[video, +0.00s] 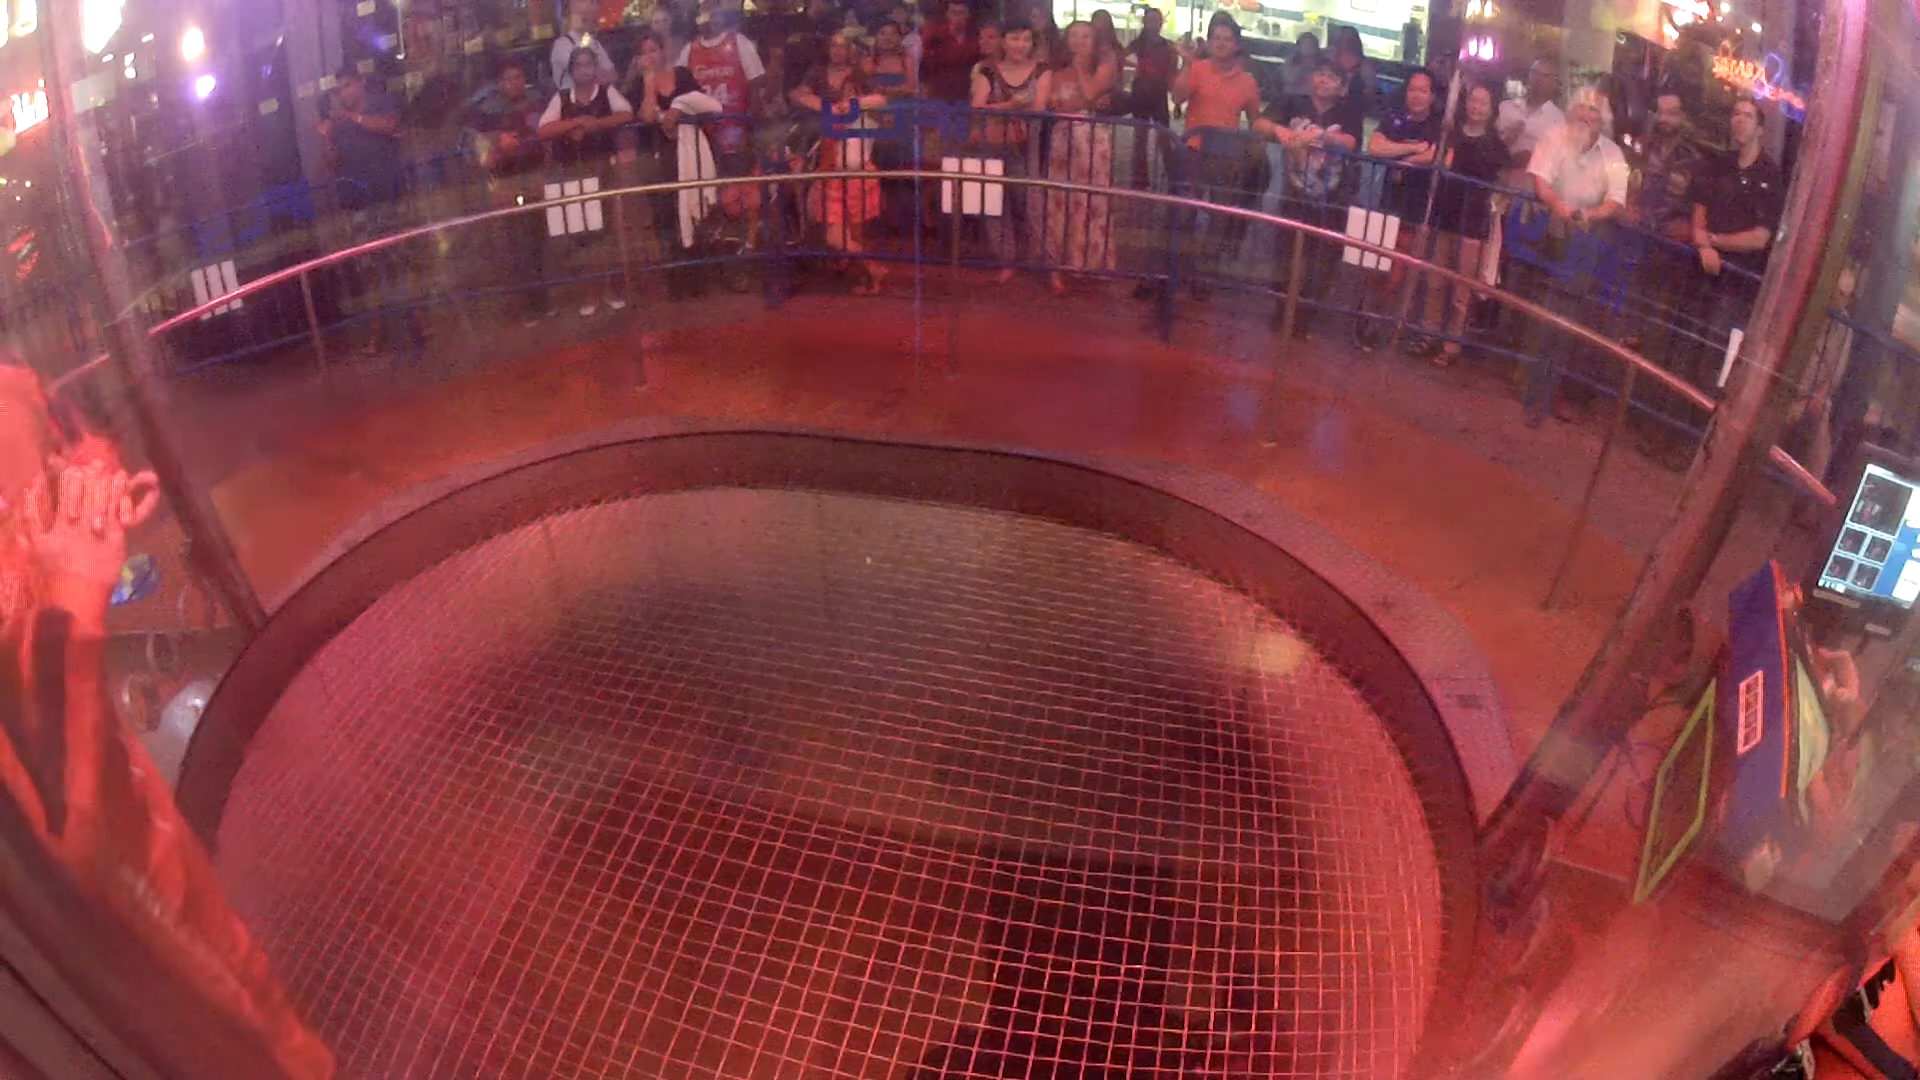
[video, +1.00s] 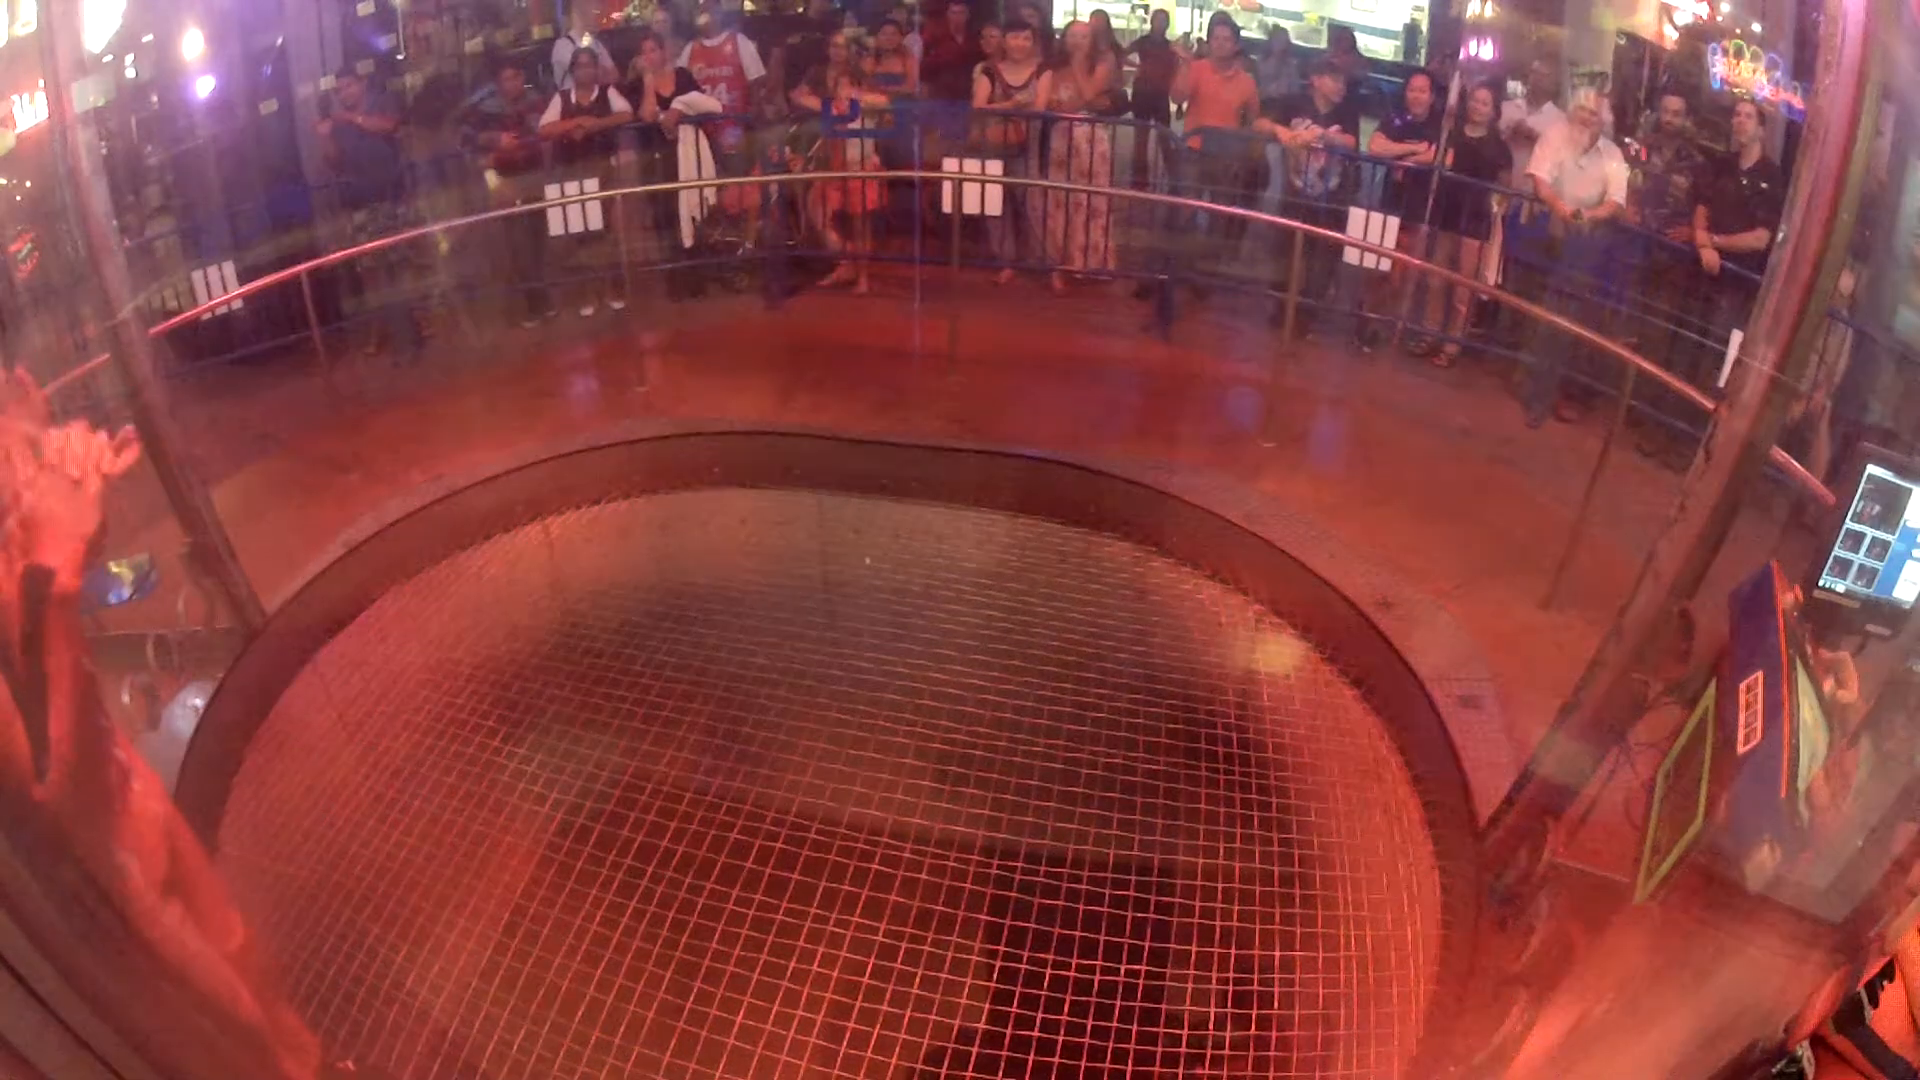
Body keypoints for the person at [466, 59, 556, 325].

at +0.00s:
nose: (515, 84)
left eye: (518, 78)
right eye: (509, 79)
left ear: (524, 79)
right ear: (499, 84)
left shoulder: (535, 109)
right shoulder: (491, 113)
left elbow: (545, 141)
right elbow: (481, 153)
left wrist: (518, 144)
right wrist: (500, 147)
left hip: (534, 176)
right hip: (506, 180)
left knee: (537, 242)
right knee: (518, 245)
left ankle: (542, 301)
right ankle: (527, 306)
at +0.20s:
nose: (516, 83)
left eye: (519, 77)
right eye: (510, 79)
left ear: (525, 79)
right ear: (499, 84)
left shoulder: (536, 106)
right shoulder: (491, 112)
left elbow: (547, 136)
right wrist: (497, 139)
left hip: (535, 173)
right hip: (505, 178)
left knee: (538, 240)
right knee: (517, 244)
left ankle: (542, 299)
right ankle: (527, 305)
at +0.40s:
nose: (517, 83)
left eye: (519, 78)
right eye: (511, 79)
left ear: (524, 79)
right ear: (499, 84)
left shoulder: (534, 106)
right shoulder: (488, 110)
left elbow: (547, 134)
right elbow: (469, 135)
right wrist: (496, 138)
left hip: (535, 175)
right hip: (505, 179)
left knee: (537, 239)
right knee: (517, 243)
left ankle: (542, 300)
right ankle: (527, 304)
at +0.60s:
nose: (515, 84)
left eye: (518, 78)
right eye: (509, 79)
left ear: (524, 80)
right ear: (499, 84)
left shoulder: (534, 106)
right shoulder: (491, 111)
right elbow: (468, 126)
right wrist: (497, 137)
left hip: (535, 175)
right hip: (506, 179)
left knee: (538, 240)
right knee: (519, 243)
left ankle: (541, 300)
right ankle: (529, 304)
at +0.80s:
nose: (516, 84)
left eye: (519, 78)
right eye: (510, 79)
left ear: (524, 79)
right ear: (499, 84)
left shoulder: (534, 104)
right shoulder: (490, 108)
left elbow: (548, 133)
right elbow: (466, 124)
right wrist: (497, 138)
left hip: (534, 176)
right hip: (505, 180)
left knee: (537, 241)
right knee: (518, 243)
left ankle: (541, 300)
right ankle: (528, 305)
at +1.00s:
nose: (514, 84)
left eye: (517, 79)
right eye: (508, 80)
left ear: (523, 79)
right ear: (498, 84)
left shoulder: (533, 102)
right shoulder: (487, 108)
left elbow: (549, 127)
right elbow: (469, 137)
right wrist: (497, 140)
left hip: (535, 173)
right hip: (505, 178)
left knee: (538, 240)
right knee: (517, 243)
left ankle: (542, 300)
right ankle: (525, 306)